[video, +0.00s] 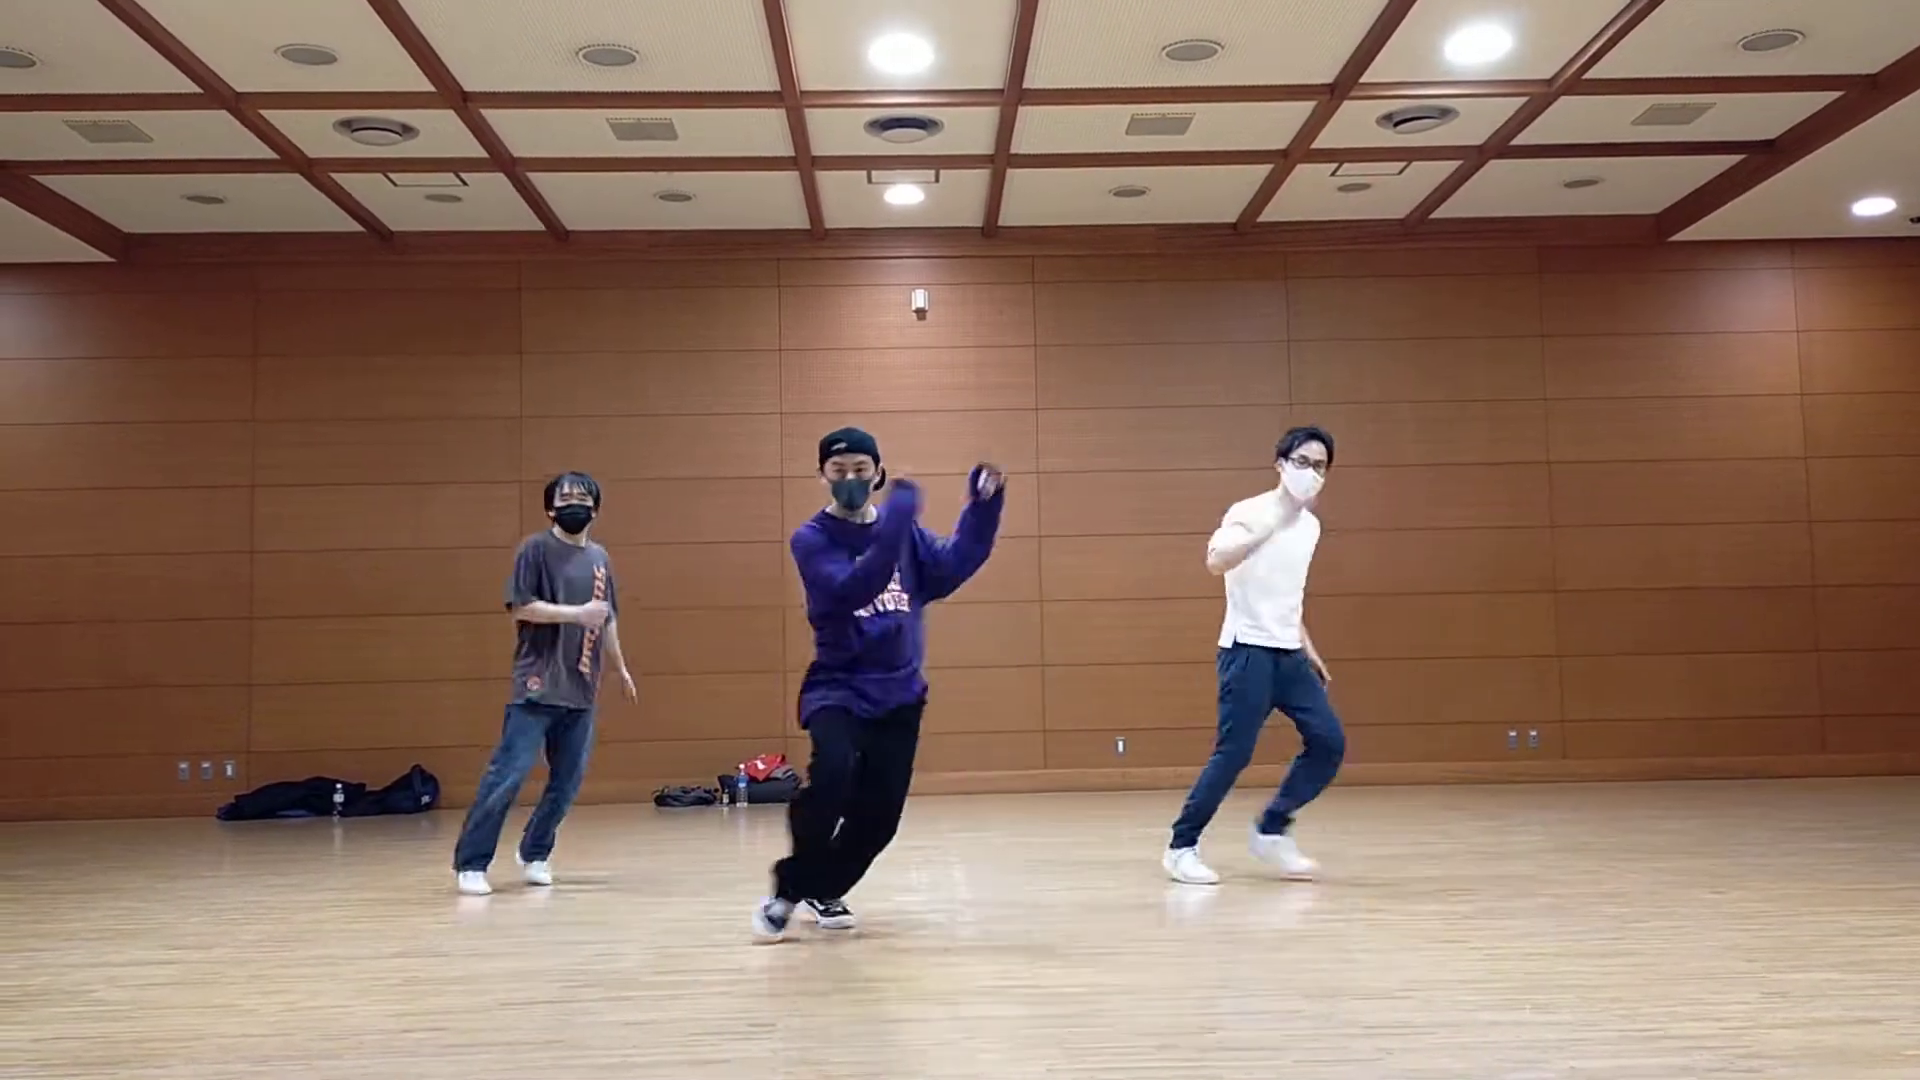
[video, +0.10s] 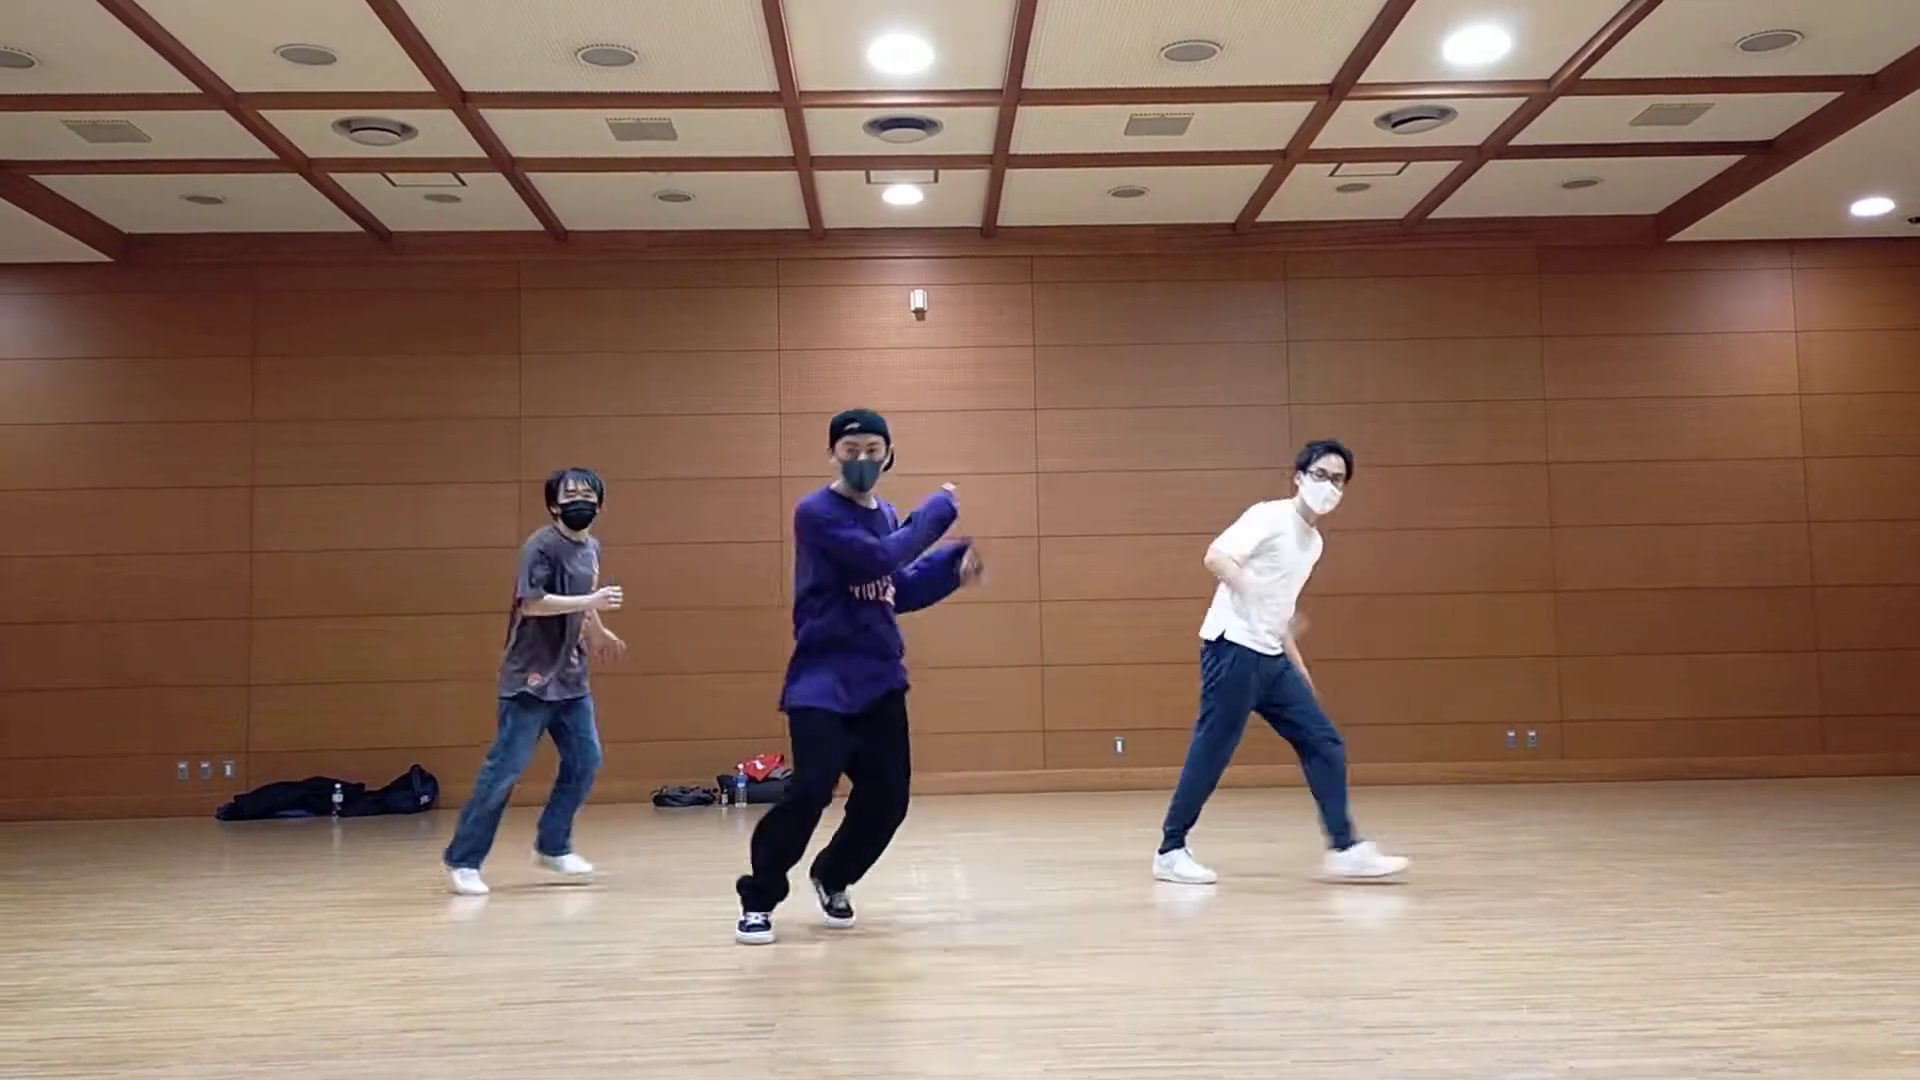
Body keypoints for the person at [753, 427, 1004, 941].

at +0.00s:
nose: (851, 480)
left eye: (861, 471)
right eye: (840, 471)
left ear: (879, 476)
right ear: (823, 478)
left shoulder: (901, 530)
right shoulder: (812, 539)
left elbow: (951, 565)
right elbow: (851, 592)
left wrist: (983, 507)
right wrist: (894, 518)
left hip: (898, 694)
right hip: (837, 690)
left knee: (879, 819)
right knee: (834, 776)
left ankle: (825, 890)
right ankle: (792, 886)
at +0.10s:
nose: (862, 456)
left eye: (872, 449)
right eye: (851, 448)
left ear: (886, 459)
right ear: (834, 455)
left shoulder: (888, 519)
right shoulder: (816, 511)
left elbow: (900, 595)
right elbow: (876, 558)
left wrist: (950, 570)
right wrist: (937, 510)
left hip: (880, 678)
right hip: (821, 675)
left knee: (885, 800)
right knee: (813, 787)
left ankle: (831, 876)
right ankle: (758, 898)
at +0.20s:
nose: (884, 452)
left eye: (894, 444)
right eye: (873, 442)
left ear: (908, 451)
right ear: (853, 445)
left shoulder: (883, 510)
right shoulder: (832, 496)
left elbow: (874, 586)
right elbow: (886, 552)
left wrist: (917, 632)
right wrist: (965, 546)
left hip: (861, 669)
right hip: (809, 667)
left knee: (891, 775)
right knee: (801, 788)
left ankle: (854, 882)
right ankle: (737, 897)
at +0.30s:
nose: (905, 458)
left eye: (917, 451)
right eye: (896, 447)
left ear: (928, 459)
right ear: (875, 449)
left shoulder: (889, 513)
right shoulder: (850, 498)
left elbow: (881, 595)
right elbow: (898, 565)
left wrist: (901, 655)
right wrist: (959, 616)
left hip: (850, 672)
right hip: (804, 667)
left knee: (884, 784)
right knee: (776, 786)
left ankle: (904, 901)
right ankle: (711, 898)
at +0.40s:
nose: (928, 477)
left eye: (940, 470)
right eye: (919, 466)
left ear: (952, 475)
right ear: (900, 464)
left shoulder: (920, 523)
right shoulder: (868, 511)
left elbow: (918, 599)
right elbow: (871, 598)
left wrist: (925, 662)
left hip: (855, 674)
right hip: (803, 670)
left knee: (886, 782)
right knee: (767, 782)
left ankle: (897, 900)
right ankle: (710, 899)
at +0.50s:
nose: (951, 483)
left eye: (963, 475)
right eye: (942, 471)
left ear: (975, 478)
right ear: (924, 467)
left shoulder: (958, 527)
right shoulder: (884, 513)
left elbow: (960, 594)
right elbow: (822, 580)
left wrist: (977, 649)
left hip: (882, 677)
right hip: (826, 675)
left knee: (897, 784)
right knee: (797, 783)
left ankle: (897, 902)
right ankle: (726, 890)